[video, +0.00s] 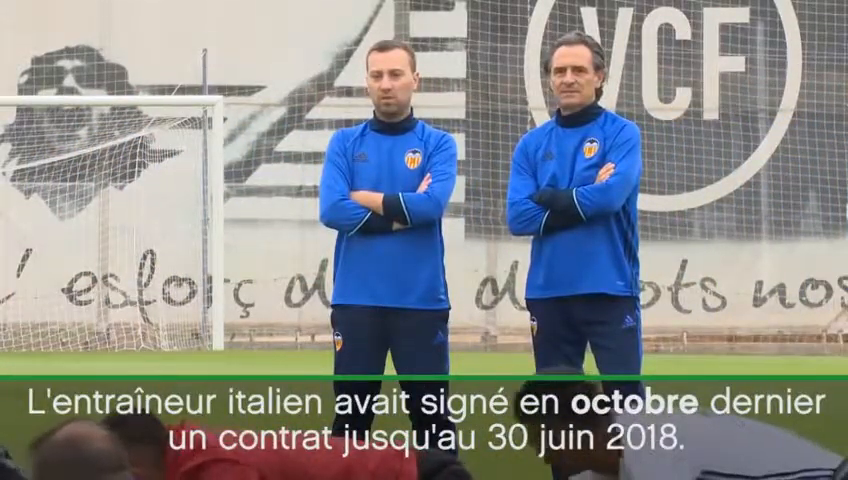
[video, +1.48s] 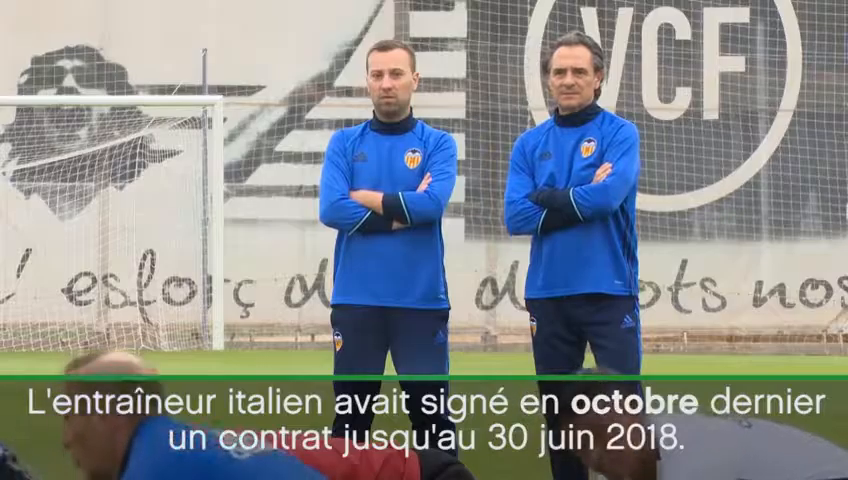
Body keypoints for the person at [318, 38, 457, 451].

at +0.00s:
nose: (386, 85)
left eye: (396, 75)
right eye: (377, 76)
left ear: (416, 81)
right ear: (367, 84)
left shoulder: (438, 142)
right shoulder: (344, 141)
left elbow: (431, 208)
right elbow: (331, 210)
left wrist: (360, 196)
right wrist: (403, 214)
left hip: (421, 301)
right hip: (356, 301)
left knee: (431, 416)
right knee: (351, 415)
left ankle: (440, 478)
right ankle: (345, 479)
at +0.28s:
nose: (386, 84)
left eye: (396, 75)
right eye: (377, 76)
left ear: (415, 81)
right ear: (367, 84)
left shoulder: (438, 142)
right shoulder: (344, 141)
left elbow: (431, 208)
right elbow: (331, 210)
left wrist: (361, 196)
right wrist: (402, 215)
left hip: (420, 301)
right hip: (356, 301)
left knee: (431, 416)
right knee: (351, 415)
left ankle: (439, 478)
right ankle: (346, 478)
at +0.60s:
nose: (386, 84)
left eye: (396, 75)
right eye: (377, 76)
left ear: (415, 81)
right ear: (367, 84)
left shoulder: (438, 142)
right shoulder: (344, 141)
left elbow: (431, 207)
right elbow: (331, 209)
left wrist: (360, 196)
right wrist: (402, 215)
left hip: (420, 301)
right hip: (356, 301)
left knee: (431, 418)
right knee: (351, 417)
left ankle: (438, 478)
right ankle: (346, 479)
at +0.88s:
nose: (386, 84)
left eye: (396, 75)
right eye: (377, 76)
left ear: (415, 81)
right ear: (368, 84)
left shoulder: (438, 142)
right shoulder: (344, 141)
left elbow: (431, 207)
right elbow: (331, 209)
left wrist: (360, 196)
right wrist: (403, 214)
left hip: (420, 302)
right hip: (356, 301)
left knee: (432, 419)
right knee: (351, 418)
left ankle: (438, 477)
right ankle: (346, 479)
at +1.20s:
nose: (386, 84)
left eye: (396, 75)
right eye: (377, 76)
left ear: (415, 81)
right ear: (368, 84)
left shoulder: (438, 143)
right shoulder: (344, 141)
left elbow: (431, 206)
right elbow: (331, 209)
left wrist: (360, 195)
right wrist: (402, 215)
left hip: (420, 301)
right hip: (356, 301)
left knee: (432, 419)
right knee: (351, 418)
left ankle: (440, 478)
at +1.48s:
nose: (386, 84)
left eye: (396, 74)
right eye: (377, 76)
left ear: (415, 81)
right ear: (368, 84)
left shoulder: (438, 143)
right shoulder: (344, 141)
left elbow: (431, 207)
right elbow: (331, 209)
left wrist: (359, 196)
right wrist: (402, 215)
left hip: (420, 301)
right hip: (356, 301)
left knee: (431, 418)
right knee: (351, 419)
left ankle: (440, 479)